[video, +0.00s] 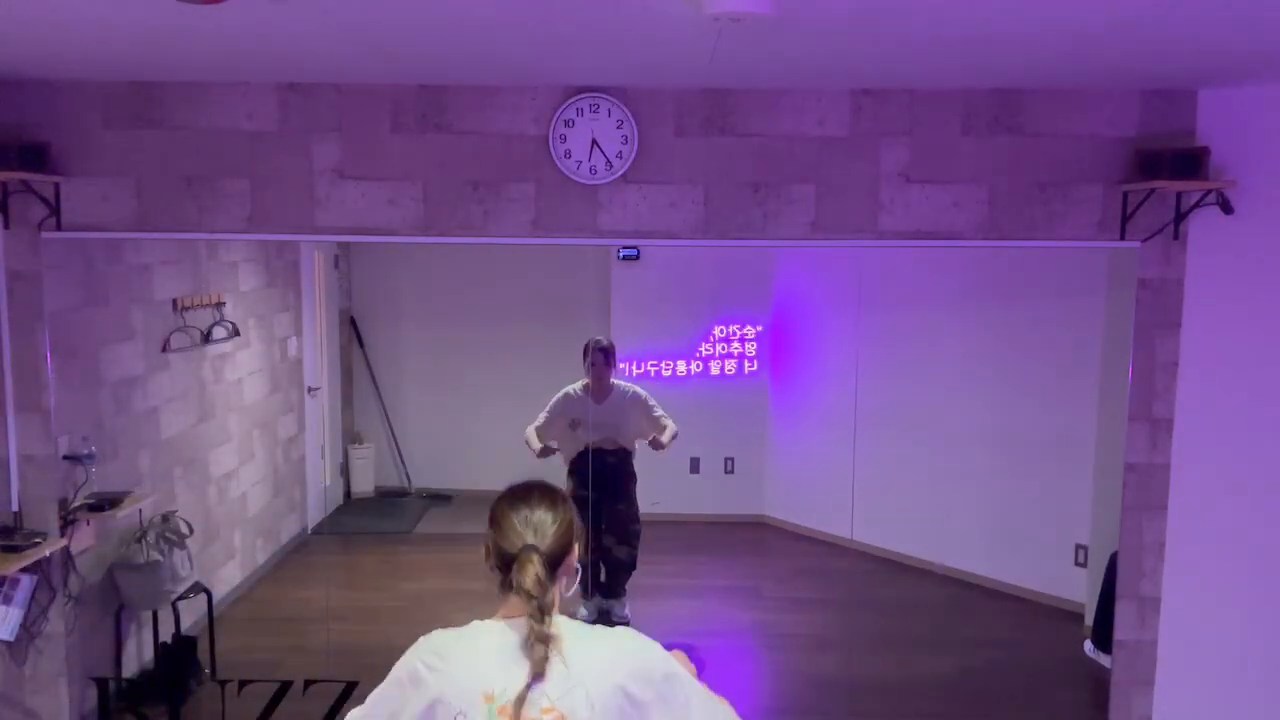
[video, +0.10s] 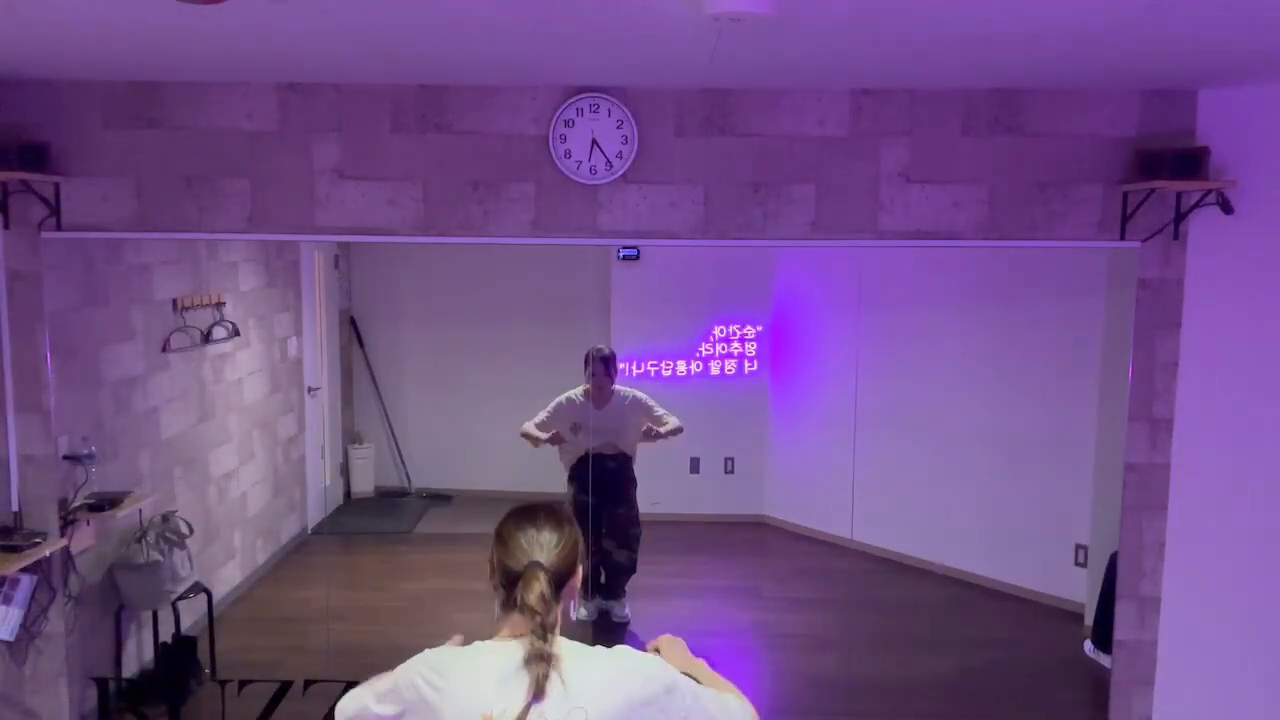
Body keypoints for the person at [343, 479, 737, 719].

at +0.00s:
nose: (579, 562)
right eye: (581, 552)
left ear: (489, 558)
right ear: (573, 561)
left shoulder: (430, 660)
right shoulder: (638, 660)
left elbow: (364, 715)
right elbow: (721, 715)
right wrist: (685, 677)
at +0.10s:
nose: (580, 576)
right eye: (583, 568)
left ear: (494, 574)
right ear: (577, 582)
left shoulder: (433, 676)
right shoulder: (637, 676)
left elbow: (349, 710)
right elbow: (740, 714)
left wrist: (442, 661)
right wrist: (688, 662)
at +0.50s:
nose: (577, 458)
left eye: (574, 449)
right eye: (576, 450)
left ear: (489, 451)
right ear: (568, 457)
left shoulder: (435, 517)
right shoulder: (615, 503)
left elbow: (305, 544)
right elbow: (708, 526)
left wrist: (399, 626)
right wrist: (632, 580)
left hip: (466, 707)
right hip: (588, 706)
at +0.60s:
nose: (477, 440)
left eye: (477, 428)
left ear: (484, 439)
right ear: (569, 440)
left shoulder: (439, 505)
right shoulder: (605, 485)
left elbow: (317, 595)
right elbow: (685, 524)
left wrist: (368, 676)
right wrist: (615, 582)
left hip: (466, 712)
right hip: (589, 709)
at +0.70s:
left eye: (477, 423)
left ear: (484, 433)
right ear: (566, 435)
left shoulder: (437, 508)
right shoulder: (602, 486)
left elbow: (353, 657)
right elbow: (639, 579)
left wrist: (354, 715)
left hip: (460, 710)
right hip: (587, 709)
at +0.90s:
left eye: (457, 429)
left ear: (464, 444)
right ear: (548, 441)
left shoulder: (434, 549)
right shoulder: (584, 521)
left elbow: (413, 696)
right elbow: (586, 631)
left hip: (470, 711)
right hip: (565, 709)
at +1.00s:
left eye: (437, 449)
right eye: (535, 448)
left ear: (444, 464)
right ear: (527, 462)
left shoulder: (430, 558)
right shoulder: (553, 540)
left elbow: (416, 693)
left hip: (452, 712)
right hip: (531, 710)